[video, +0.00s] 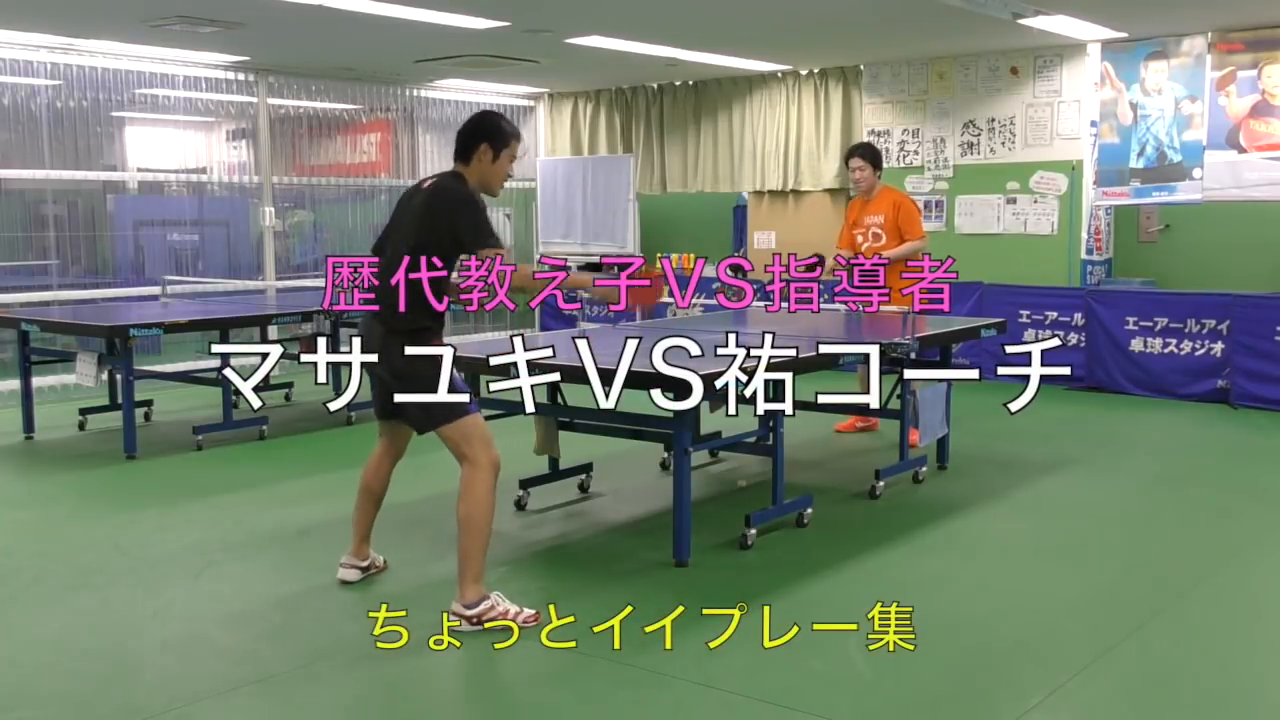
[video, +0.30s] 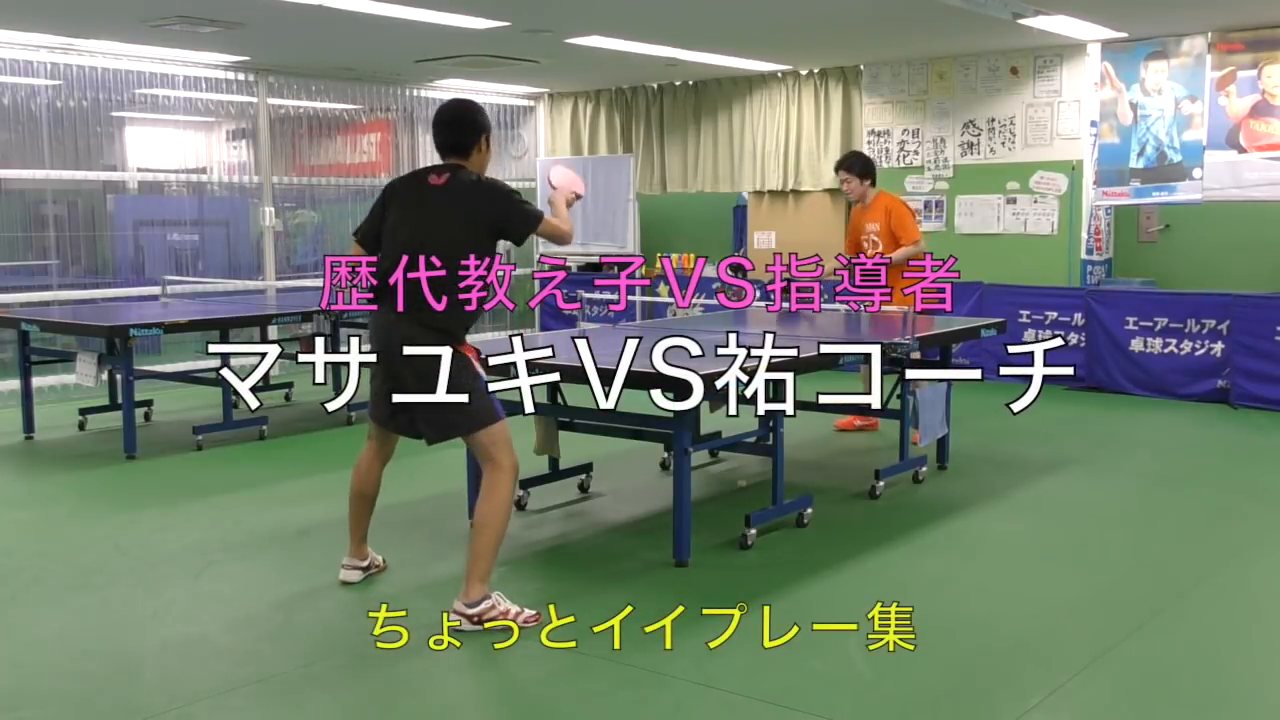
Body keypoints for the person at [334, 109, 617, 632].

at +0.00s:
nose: (509, 173)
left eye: (512, 163)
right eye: (508, 161)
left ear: (469, 154)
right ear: (482, 154)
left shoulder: (422, 191)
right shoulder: (458, 196)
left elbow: (384, 258)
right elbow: (502, 276)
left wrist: (452, 286)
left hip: (386, 344)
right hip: (418, 350)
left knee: (389, 446)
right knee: (481, 458)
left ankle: (357, 554)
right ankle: (472, 597)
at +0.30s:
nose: (491, 148)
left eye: (489, 140)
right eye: (490, 140)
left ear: (438, 143)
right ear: (482, 143)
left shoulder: (399, 189)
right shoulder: (487, 194)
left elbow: (362, 247)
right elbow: (561, 234)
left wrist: (416, 256)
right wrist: (562, 203)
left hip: (388, 344)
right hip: (441, 348)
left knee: (377, 448)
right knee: (501, 464)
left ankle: (356, 556)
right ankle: (475, 596)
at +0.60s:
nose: (505, 163)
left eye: (504, 153)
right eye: (504, 152)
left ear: (459, 147)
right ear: (490, 152)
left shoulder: (426, 189)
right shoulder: (452, 192)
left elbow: (390, 262)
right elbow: (426, 265)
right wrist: (467, 321)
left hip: (390, 343)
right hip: (418, 347)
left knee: (397, 445)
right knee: (487, 460)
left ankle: (358, 555)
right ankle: (473, 597)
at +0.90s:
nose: (497, 161)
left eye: (498, 151)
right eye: (496, 150)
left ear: (451, 143)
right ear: (474, 145)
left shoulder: (404, 185)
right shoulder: (469, 190)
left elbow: (370, 249)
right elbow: (528, 250)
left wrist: (427, 269)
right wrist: (572, 226)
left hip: (384, 340)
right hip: (425, 345)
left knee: (382, 443)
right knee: (485, 459)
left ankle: (357, 554)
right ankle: (473, 597)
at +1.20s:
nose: (483, 145)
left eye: (479, 137)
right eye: (482, 137)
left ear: (432, 139)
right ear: (474, 139)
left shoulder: (395, 185)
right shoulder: (477, 192)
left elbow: (363, 243)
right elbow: (526, 257)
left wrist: (418, 251)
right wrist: (561, 247)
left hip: (386, 342)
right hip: (437, 345)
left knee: (380, 445)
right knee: (491, 460)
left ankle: (356, 554)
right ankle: (475, 596)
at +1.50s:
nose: (507, 178)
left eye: (509, 168)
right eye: (505, 166)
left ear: (469, 160)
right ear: (482, 160)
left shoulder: (430, 197)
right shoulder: (446, 198)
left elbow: (384, 270)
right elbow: (432, 270)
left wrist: (434, 341)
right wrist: (487, 313)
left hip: (387, 350)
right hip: (414, 352)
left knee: (399, 445)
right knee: (487, 460)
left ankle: (358, 555)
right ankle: (472, 597)